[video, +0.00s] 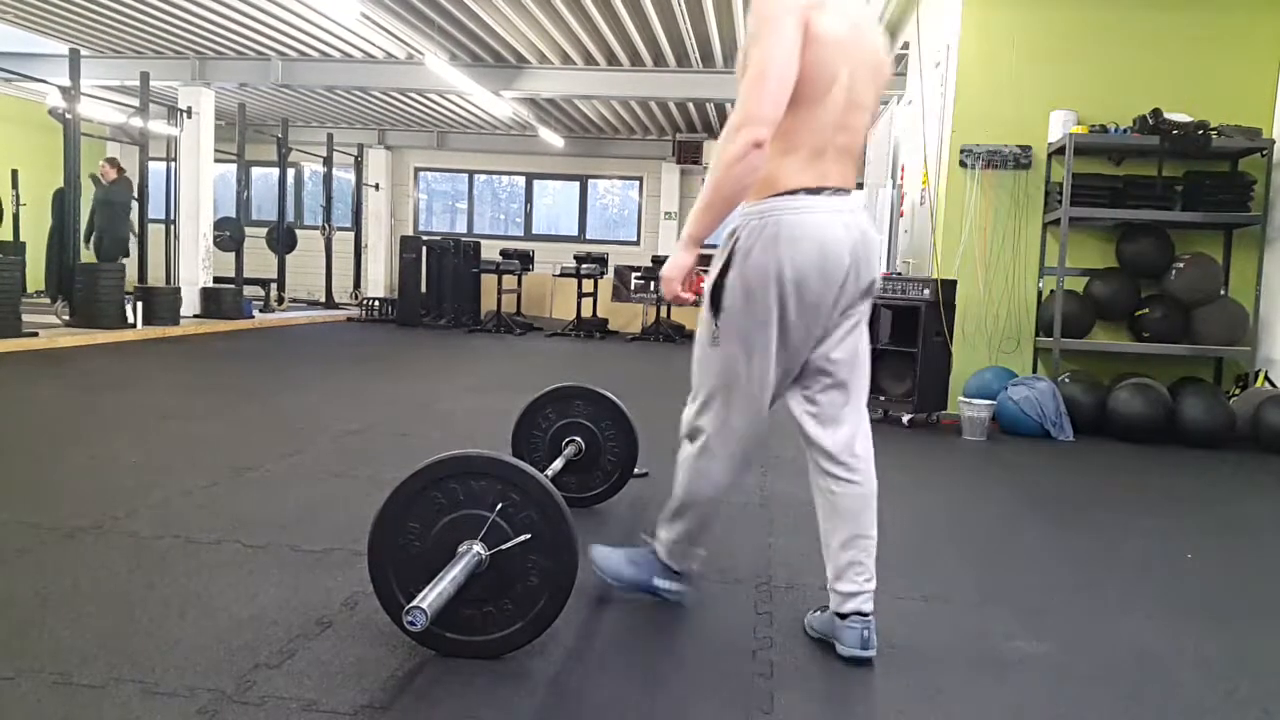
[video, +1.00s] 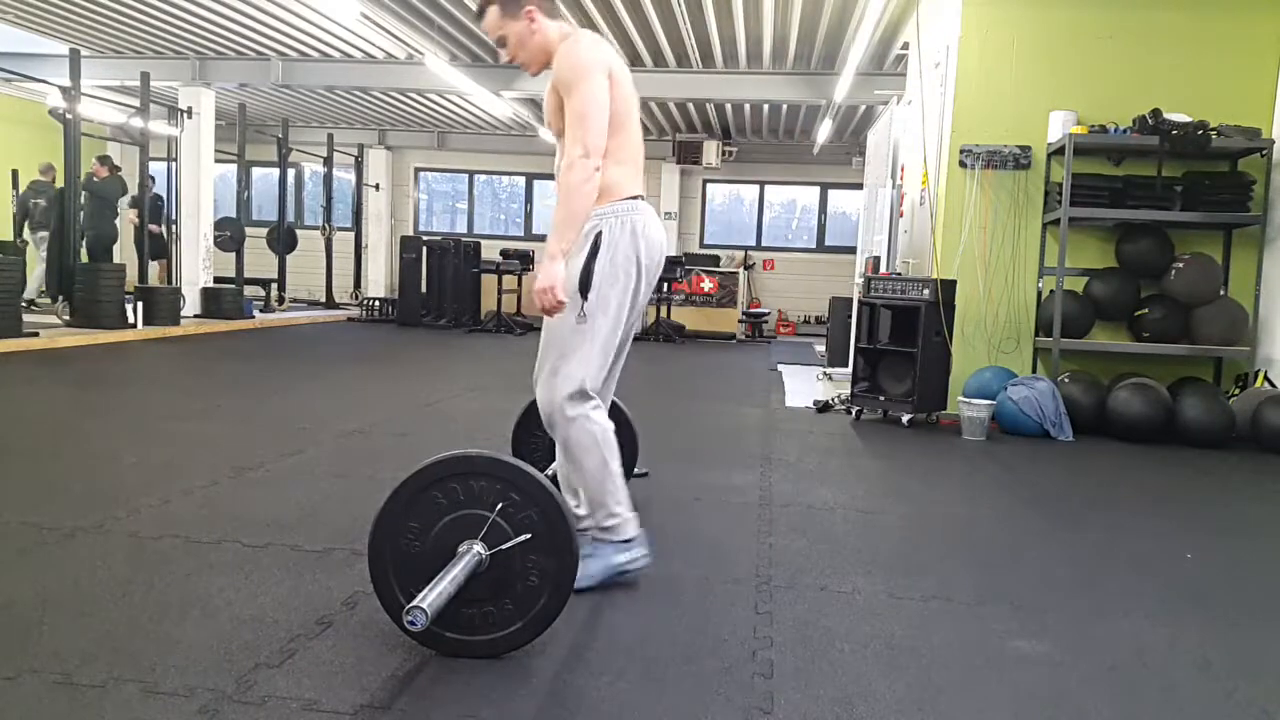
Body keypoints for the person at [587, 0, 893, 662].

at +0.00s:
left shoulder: (782, 9)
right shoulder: (872, 38)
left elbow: (752, 135)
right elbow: (839, 145)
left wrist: (690, 243)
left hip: (780, 226)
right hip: (851, 221)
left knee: (720, 412)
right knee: (840, 431)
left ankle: (669, 560)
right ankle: (854, 614)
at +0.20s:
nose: (669, 7)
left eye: (671, 3)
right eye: (668, 5)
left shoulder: (708, 35)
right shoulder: (811, 46)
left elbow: (684, 174)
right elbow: (805, 158)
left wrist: (637, 277)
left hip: (709, 232)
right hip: (785, 233)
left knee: (665, 411)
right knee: (795, 416)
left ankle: (659, 565)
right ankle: (835, 572)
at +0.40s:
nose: (614, 12)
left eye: (614, 6)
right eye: (613, 8)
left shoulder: (651, 34)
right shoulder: (754, 41)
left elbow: (621, 166)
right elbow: (768, 156)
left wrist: (572, 248)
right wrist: (730, 233)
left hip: (663, 227)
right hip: (732, 227)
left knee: (646, 402)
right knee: (710, 390)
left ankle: (658, 564)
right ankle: (752, 530)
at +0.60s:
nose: (569, 14)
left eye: (569, 4)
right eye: (567, 7)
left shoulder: (621, 39)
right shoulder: (705, 47)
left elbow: (579, 165)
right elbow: (723, 163)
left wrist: (517, 226)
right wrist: (702, 246)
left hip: (644, 226)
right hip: (693, 226)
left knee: (639, 400)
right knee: (656, 390)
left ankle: (660, 564)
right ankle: (619, 515)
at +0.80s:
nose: (545, 43)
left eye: (542, 27)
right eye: (539, 32)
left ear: (573, 6)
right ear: (582, 9)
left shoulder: (606, 51)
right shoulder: (655, 58)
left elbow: (575, 168)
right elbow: (666, 164)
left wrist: (514, 253)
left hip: (619, 235)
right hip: (650, 231)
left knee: (616, 403)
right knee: (588, 395)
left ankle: (656, 561)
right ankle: (575, 530)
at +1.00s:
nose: (505, 55)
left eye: (503, 40)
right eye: (497, 46)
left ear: (532, 14)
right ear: (534, 17)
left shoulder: (580, 53)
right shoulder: (585, 60)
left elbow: (585, 159)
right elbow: (592, 169)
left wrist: (554, 258)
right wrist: (564, 260)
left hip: (614, 231)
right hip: (616, 231)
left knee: (565, 390)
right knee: (571, 391)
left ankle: (616, 537)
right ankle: (578, 525)